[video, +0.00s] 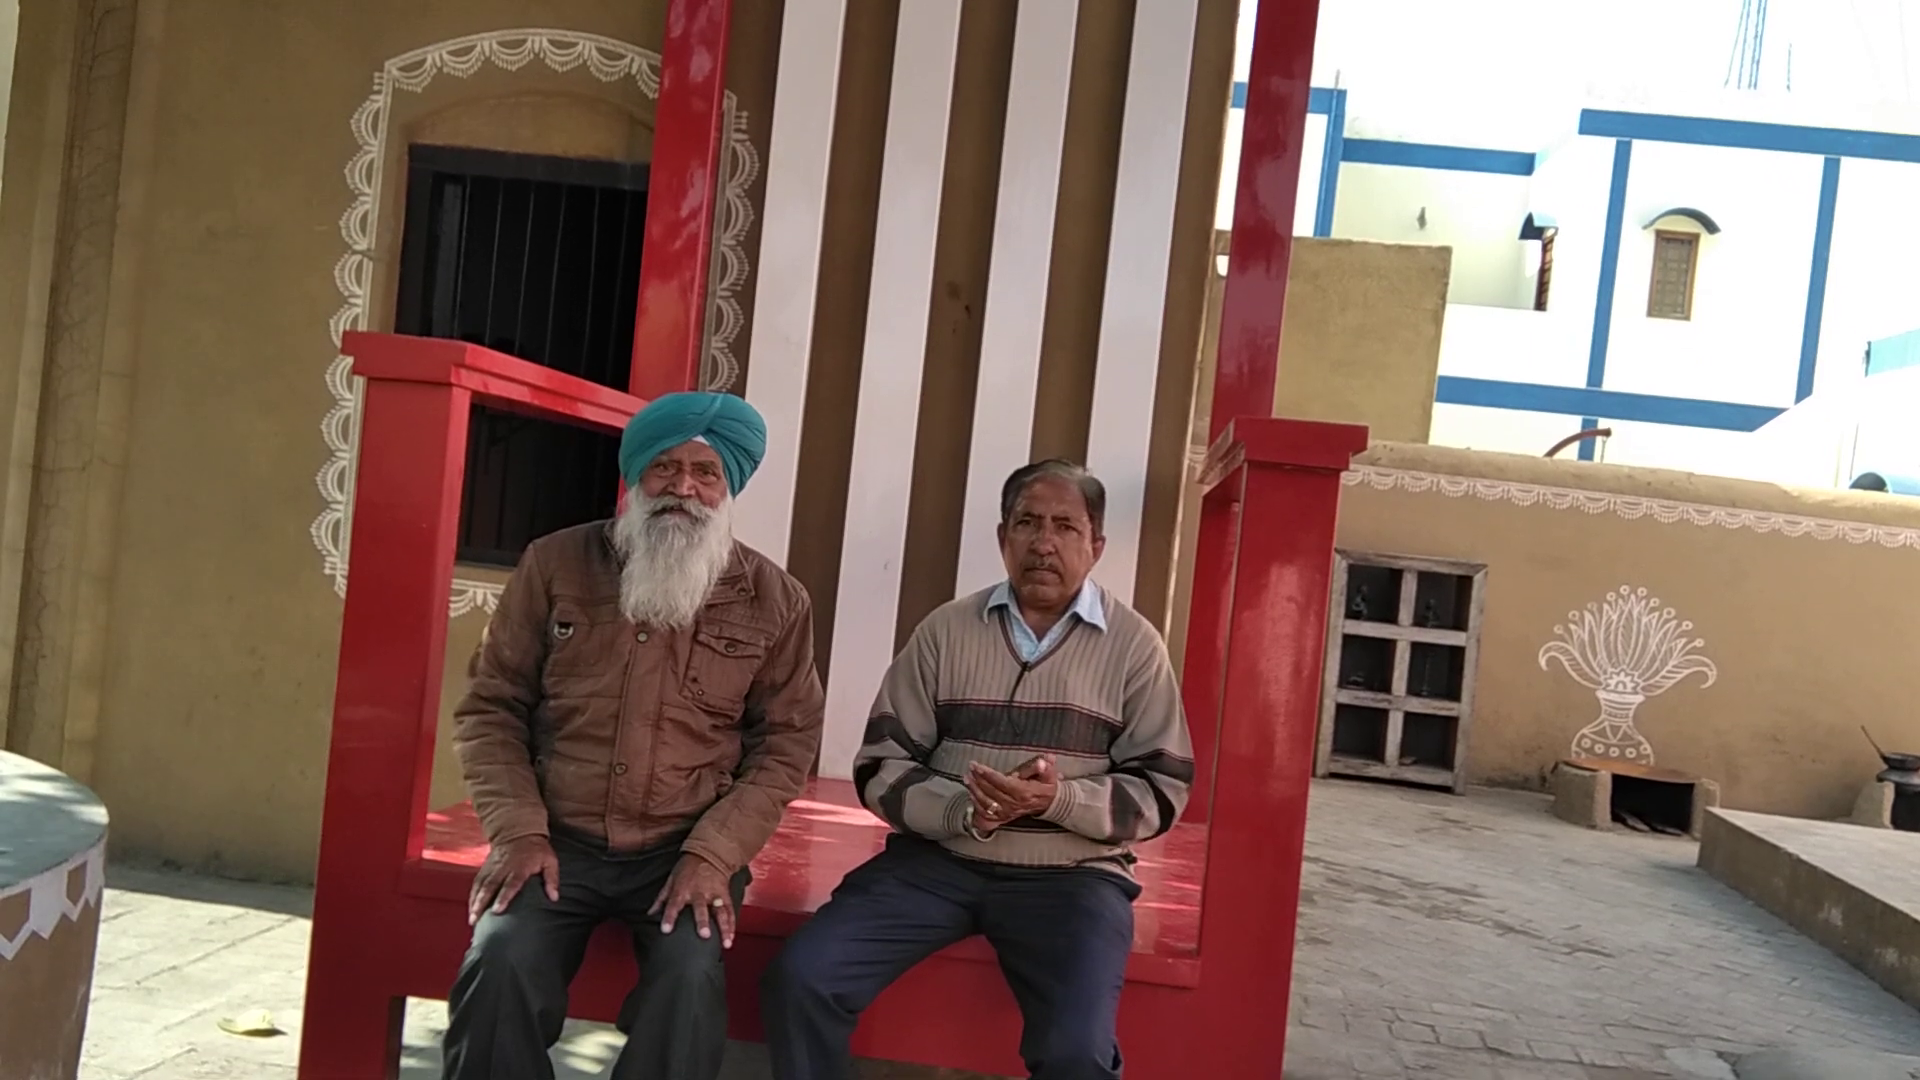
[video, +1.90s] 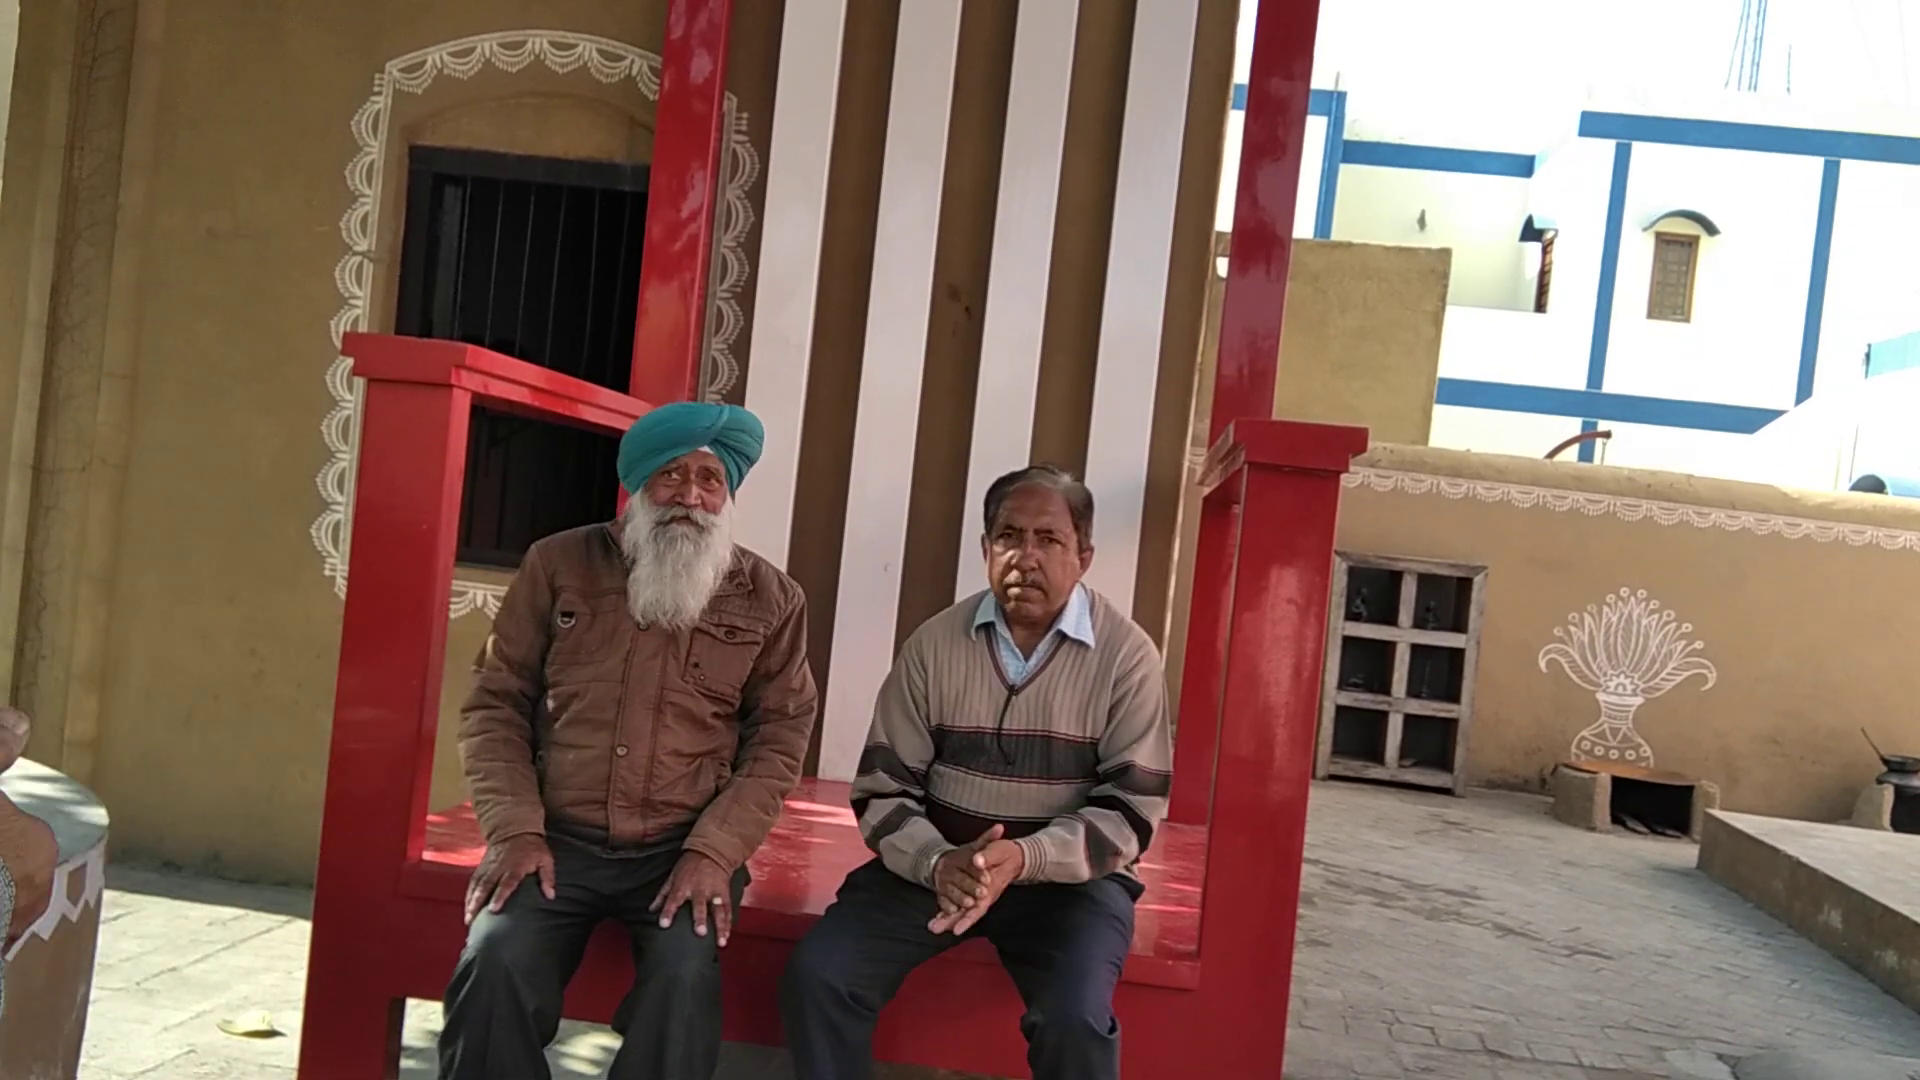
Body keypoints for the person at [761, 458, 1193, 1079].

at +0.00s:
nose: (1045, 543)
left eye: (1065, 527)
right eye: (1029, 524)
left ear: (1096, 548)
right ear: (1003, 541)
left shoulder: (1136, 647)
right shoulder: (944, 632)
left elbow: (1160, 790)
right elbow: (880, 766)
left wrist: (1062, 801)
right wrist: (963, 806)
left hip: (1071, 879)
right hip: (935, 862)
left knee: (1076, 1051)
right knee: (801, 980)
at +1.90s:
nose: (1024, 557)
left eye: (1047, 540)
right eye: (1009, 537)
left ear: (1083, 559)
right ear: (986, 550)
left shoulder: (1128, 659)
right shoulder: (933, 646)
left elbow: (1127, 816)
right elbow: (882, 790)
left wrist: (1021, 858)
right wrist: (937, 863)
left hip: (1068, 877)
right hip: (928, 860)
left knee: (1074, 1022)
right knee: (819, 977)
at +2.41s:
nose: (1016, 459)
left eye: (1043, 438)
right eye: (999, 435)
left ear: (1088, 456)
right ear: (977, 445)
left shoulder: (1149, 565)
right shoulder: (928, 557)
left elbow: (1176, 751)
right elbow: (870, 730)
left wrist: (1132, 905)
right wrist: (871, 892)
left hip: (1086, 849)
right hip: (948, 837)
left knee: (1095, 1054)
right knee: (849, 1029)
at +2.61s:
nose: (1035, 397)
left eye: (1061, 375)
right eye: (1023, 372)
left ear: (1126, 383)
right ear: (1009, 376)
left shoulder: (1200, 501)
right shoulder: (970, 493)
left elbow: (1233, 695)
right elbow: (900, 657)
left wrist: (1197, 852)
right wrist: (870, 818)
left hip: (1131, 825)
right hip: (980, 803)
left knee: (1117, 1060)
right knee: (887, 1030)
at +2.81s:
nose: (1071, 363)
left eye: (1098, 342)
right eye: (1062, 342)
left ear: (1166, 367)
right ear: (1046, 353)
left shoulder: (1234, 499)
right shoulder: (995, 477)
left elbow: (1276, 702)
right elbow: (941, 645)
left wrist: (1235, 870)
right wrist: (953, 778)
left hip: (1152, 839)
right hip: (997, 810)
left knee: (1123, 1065)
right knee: (948, 1028)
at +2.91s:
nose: (1082, 364)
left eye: (1113, 343)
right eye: (1073, 342)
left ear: (1176, 372)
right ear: (1056, 355)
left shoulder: (1244, 502)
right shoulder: (997, 484)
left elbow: (1284, 706)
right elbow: (964, 644)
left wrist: (1225, 854)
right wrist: (1016, 745)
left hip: (1152, 855)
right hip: (1002, 832)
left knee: (1127, 1068)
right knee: (988, 1062)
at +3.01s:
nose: (1084, 371)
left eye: (1116, 349)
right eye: (1071, 348)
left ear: (1177, 376)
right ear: (1054, 363)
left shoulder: (1247, 504)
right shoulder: (986, 503)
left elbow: (1283, 705)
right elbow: (971, 667)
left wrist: (1212, 834)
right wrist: (1057, 753)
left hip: (1175, 879)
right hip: (1018, 862)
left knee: (1143, 1070)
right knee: (1019, 1067)